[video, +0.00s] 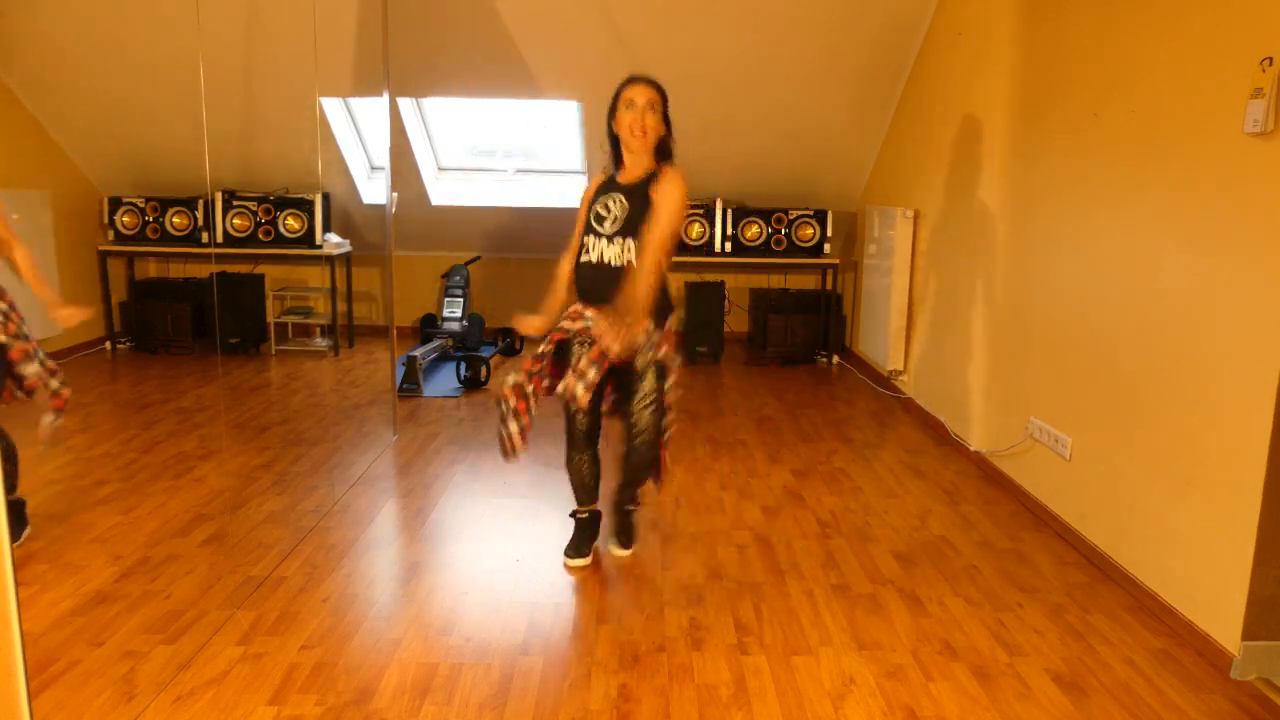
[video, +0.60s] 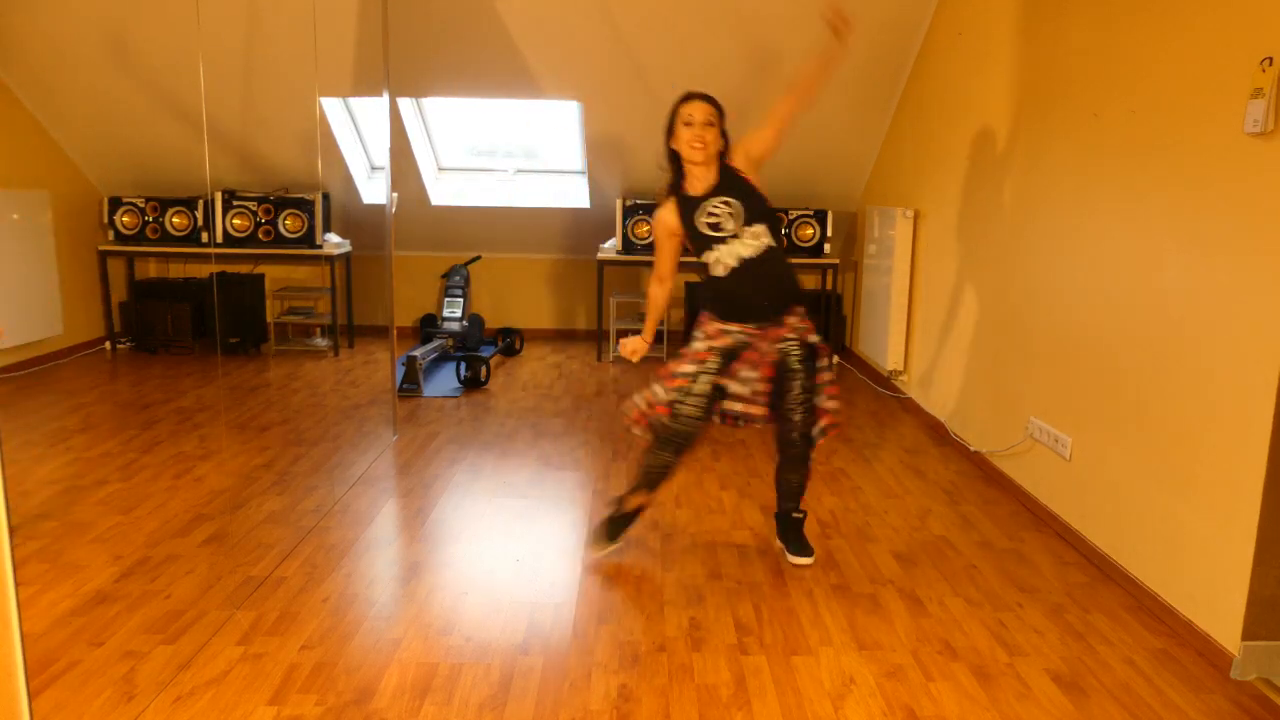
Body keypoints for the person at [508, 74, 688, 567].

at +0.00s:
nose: (639, 116)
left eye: (650, 109)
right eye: (629, 107)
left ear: (663, 124)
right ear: (614, 121)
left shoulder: (668, 183)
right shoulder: (598, 189)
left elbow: (653, 256)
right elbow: (571, 258)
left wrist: (629, 317)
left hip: (643, 317)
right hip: (588, 315)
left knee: (644, 425)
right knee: (581, 420)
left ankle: (625, 504)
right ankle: (585, 515)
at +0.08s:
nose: (636, 94)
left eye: (647, 87)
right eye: (626, 85)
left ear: (659, 103)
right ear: (609, 98)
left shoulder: (664, 158)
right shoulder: (598, 170)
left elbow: (631, 200)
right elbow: (591, 247)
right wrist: (577, 307)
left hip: (659, 306)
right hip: (604, 304)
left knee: (672, 411)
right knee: (593, 412)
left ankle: (664, 497)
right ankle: (590, 516)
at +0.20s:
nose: (637, 80)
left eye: (650, 73)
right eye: (627, 71)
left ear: (664, 89)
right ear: (608, 86)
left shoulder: (668, 140)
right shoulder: (603, 159)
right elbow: (607, 234)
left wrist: (567, 70)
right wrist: (605, 294)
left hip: (677, 297)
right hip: (621, 301)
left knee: (707, 399)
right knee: (607, 408)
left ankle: (734, 498)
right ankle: (594, 514)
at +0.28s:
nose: (640, 85)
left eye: (649, 76)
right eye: (631, 78)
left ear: (666, 87)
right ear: (618, 95)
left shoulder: (675, 141)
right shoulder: (613, 167)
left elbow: (640, 67)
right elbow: (611, 246)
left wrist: (605, 15)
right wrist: (611, 303)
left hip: (687, 302)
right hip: (631, 306)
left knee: (727, 407)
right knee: (617, 414)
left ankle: (768, 503)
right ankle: (599, 516)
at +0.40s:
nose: (661, 111)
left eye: (671, 102)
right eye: (650, 102)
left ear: (685, 115)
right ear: (636, 117)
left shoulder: (700, 160)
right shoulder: (634, 186)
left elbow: (697, 66)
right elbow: (632, 259)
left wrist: (688, 5)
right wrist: (630, 318)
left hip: (711, 314)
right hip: (654, 319)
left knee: (744, 422)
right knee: (633, 422)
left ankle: (786, 515)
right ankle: (606, 523)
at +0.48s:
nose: (678, 122)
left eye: (688, 114)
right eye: (668, 113)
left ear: (703, 125)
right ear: (651, 125)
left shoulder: (720, 164)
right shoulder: (649, 200)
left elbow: (741, 77)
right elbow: (648, 271)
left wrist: (748, 10)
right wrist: (637, 332)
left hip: (745, 321)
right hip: (682, 324)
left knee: (767, 429)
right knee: (647, 419)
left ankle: (787, 519)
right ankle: (607, 524)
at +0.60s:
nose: (699, 132)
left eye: (708, 124)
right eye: (689, 124)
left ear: (722, 135)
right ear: (672, 138)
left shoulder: (743, 166)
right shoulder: (672, 214)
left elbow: (794, 101)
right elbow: (661, 280)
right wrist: (646, 334)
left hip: (786, 319)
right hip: (724, 326)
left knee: (798, 429)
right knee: (681, 423)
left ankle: (791, 517)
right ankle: (633, 504)